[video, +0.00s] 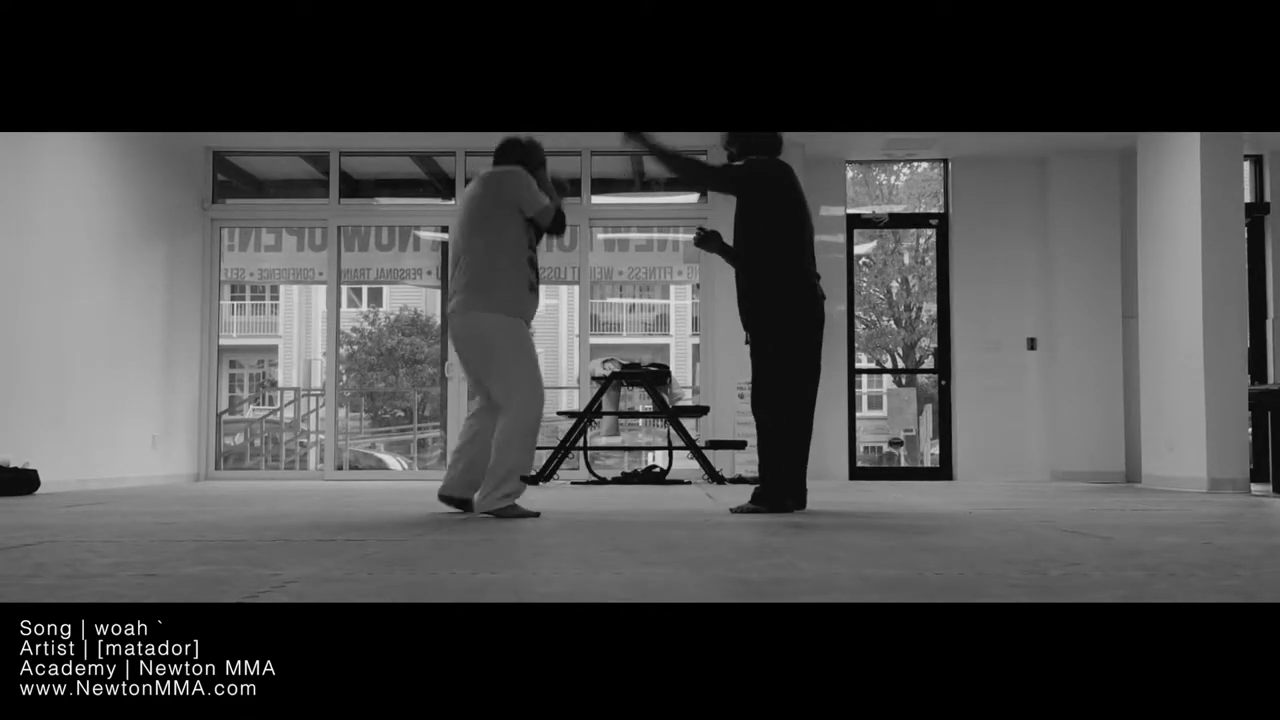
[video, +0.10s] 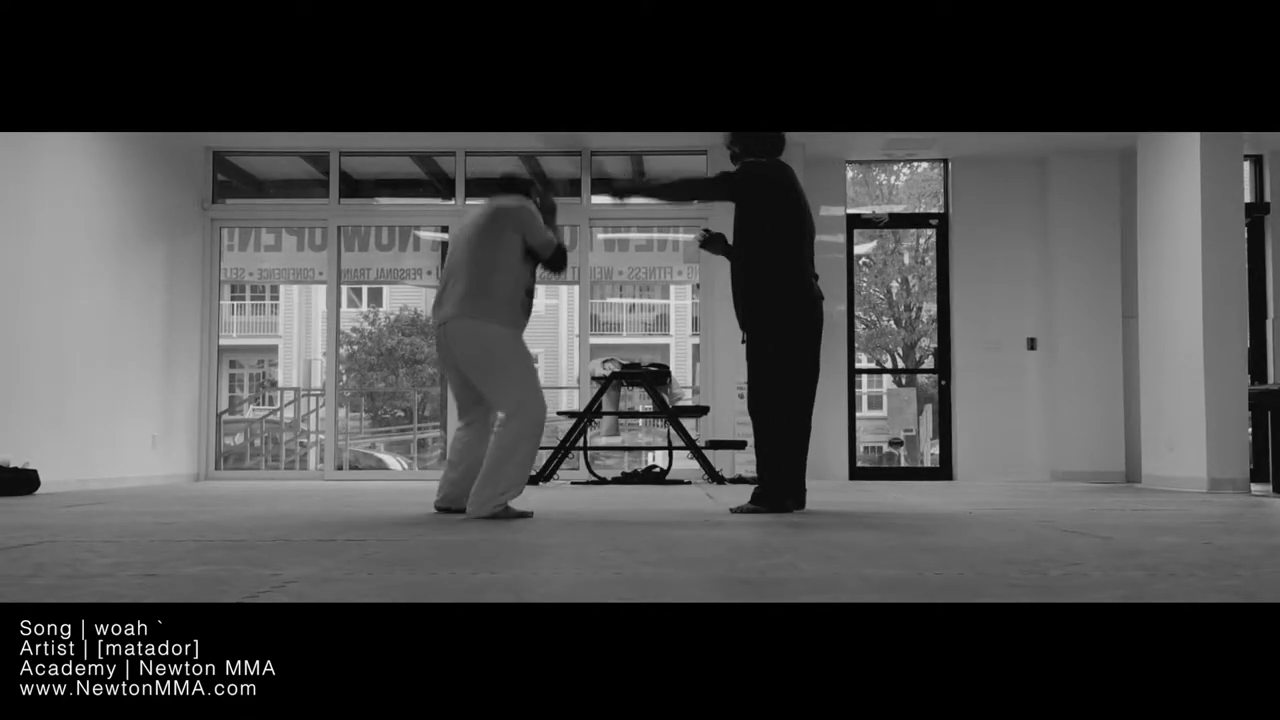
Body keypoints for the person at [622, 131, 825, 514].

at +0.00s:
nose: (726, 145)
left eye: (731, 138)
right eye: (727, 140)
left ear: (746, 140)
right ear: (766, 141)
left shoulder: (764, 173)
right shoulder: (769, 181)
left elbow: (702, 174)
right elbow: (758, 266)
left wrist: (646, 143)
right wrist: (721, 247)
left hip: (784, 311)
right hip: (786, 309)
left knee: (776, 401)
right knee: (781, 400)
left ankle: (778, 495)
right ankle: (784, 494)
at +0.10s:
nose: (730, 153)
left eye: (733, 145)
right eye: (730, 146)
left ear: (747, 145)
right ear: (768, 146)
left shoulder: (759, 176)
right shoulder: (779, 181)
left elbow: (695, 188)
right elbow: (768, 257)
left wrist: (632, 187)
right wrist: (725, 249)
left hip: (777, 313)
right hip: (794, 310)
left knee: (770, 401)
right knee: (786, 401)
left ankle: (775, 496)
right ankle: (787, 494)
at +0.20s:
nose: (731, 154)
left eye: (734, 146)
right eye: (731, 147)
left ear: (748, 144)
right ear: (770, 146)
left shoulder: (757, 177)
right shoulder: (782, 183)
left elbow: (696, 210)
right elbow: (770, 257)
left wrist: (638, 226)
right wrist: (727, 251)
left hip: (771, 314)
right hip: (794, 310)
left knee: (761, 397)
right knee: (785, 398)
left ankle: (771, 495)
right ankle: (787, 493)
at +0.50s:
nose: (723, 151)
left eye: (726, 143)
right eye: (722, 145)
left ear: (743, 143)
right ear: (762, 145)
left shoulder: (747, 175)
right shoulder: (776, 180)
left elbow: (707, 208)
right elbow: (765, 258)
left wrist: (688, 217)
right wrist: (720, 254)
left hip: (760, 320)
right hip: (787, 317)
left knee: (731, 392)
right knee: (782, 404)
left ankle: (733, 488)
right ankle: (786, 492)